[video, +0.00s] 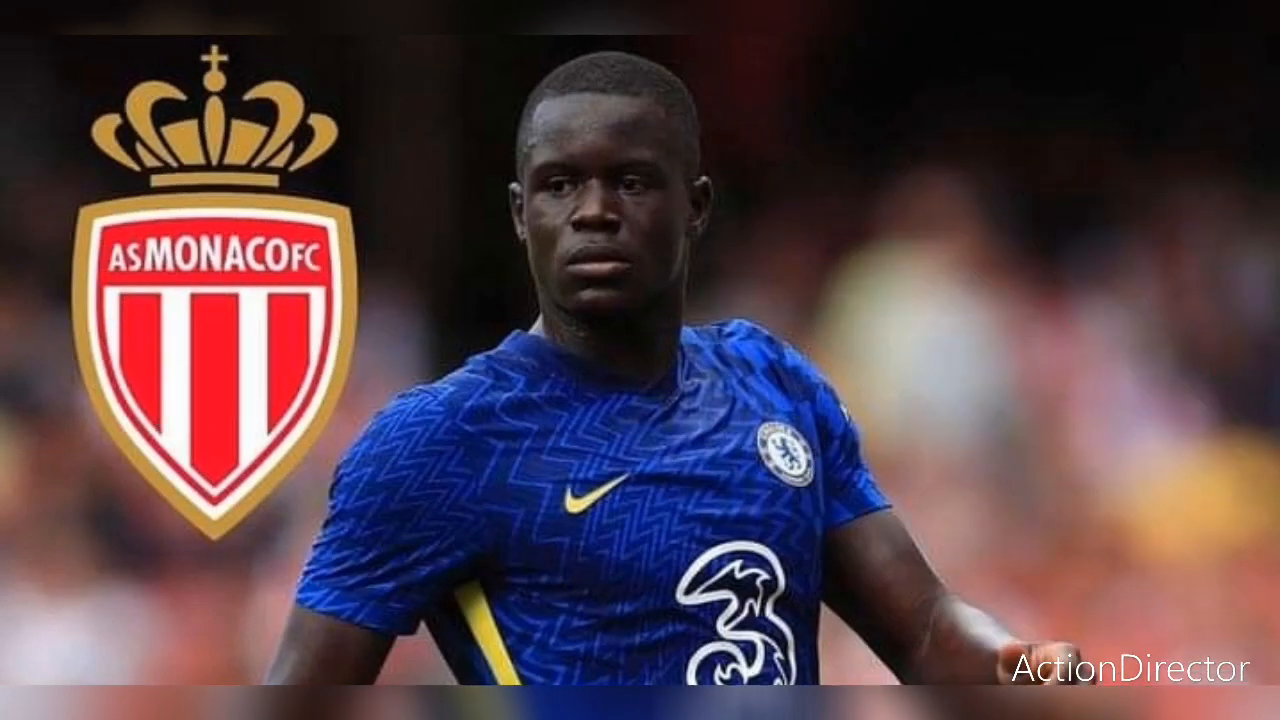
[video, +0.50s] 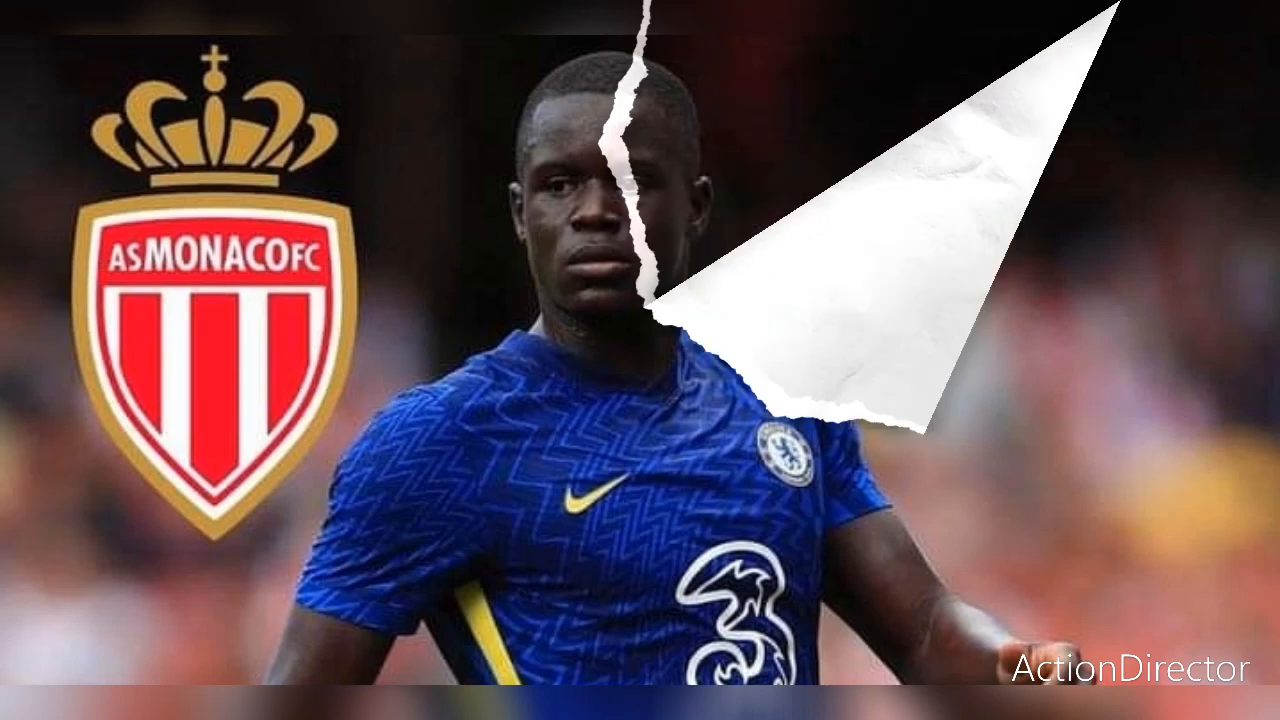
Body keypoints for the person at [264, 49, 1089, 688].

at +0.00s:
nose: (596, 209)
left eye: (633, 178)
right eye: (560, 181)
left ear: (697, 210)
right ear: (522, 216)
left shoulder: (770, 385)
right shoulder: (432, 445)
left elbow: (921, 626)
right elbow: (301, 692)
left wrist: (1021, 675)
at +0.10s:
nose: (595, 210)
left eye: (633, 178)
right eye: (560, 181)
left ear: (697, 209)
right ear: (522, 216)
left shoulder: (770, 385)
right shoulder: (433, 444)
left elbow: (921, 626)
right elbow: (301, 691)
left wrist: (1021, 675)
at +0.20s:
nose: (595, 210)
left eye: (633, 178)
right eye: (560, 181)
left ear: (697, 209)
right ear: (522, 216)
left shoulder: (770, 385)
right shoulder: (433, 444)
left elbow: (921, 626)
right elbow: (301, 691)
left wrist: (1021, 675)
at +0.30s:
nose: (595, 210)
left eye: (633, 178)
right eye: (560, 181)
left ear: (697, 208)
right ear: (522, 215)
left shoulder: (770, 385)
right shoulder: (433, 444)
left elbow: (921, 626)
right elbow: (301, 691)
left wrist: (1021, 675)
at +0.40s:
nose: (603, 209)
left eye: (639, 177)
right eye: (562, 180)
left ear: (696, 204)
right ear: (522, 214)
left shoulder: (772, 384)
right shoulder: (433, 444)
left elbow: (921, 625)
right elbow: (301, 690)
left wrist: (1017, 672)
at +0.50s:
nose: (599, 209)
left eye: (635, 176)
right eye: (561, 180)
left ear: (698, 207)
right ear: (521, 212)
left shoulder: (786, 406)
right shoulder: (433, 444)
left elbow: (922, 626)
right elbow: (301, 689)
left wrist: (1018, 672)